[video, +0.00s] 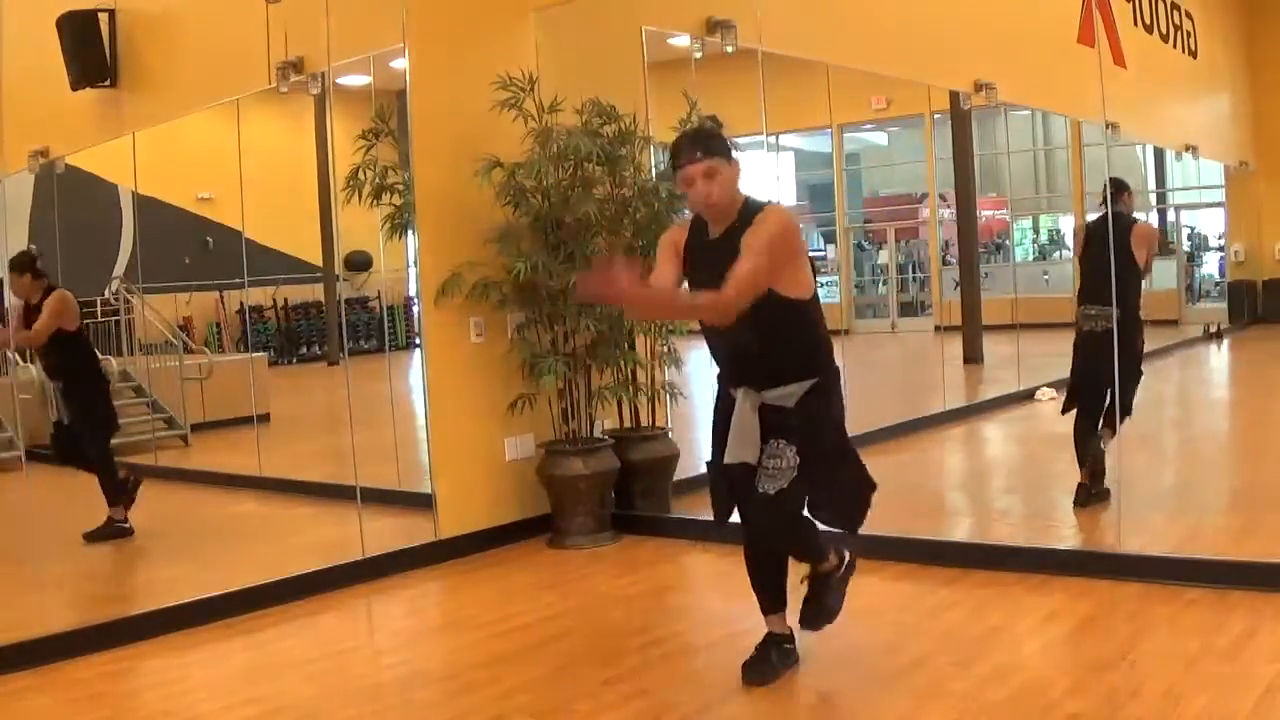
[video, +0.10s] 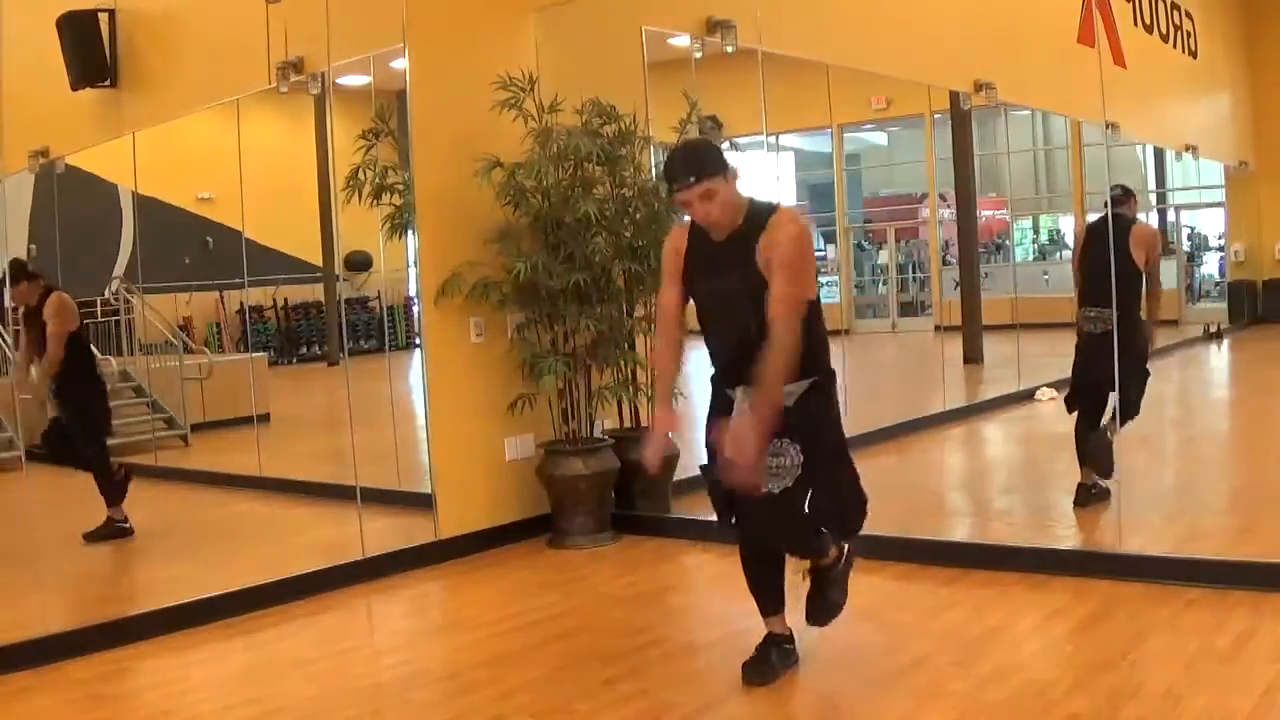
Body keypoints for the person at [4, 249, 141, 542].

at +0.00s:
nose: (11, 287)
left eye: (13, 280)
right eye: (10, 281)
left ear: (28, 276)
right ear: (27, 278)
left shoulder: (59, 298)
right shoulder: (31, 307)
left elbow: (37, 337)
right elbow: (17, 338)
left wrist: (9, 337)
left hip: (87, 387)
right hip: (65, 389)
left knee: (97, 449)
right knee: (64, 448)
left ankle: (118, 517)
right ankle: (122, 481)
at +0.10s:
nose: (12, 297)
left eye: (13, 290)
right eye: (10, 291)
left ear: (26, 283)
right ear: (24, 286)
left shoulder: (57, 302)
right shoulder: (32, 310)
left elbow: (55, 355)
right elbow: (25, 351)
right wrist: (19, 381)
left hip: (84, 389)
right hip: (67, 391)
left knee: (94, 449)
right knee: (57, 446)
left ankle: (118, 518)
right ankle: (113, 472)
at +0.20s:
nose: (4, 300)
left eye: (4, 293)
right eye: (2, 294)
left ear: (13, 287)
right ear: (13, 287)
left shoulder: (45, 309)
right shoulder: (28, 313)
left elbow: (81, 347)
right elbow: (51, 356)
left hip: (77, 395)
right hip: (62, 397)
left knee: (89, 452)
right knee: (41, 446)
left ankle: (118, 517)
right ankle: (88, 484)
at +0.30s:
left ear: (5, 292)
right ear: (9, 291)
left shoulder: (32, 308)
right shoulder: (23, 314)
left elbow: (78, 312)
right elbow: (59, 306)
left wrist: (119, 324)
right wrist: (85, 302)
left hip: (70, 395)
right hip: (55, 397)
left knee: (88, 453)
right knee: (31, 441)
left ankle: (117, 517)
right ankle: (49, 510)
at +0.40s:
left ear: (3, 294)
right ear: (5, 292)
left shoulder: (24, 305)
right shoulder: (23, 302)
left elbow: (63, 302)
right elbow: (40, 288)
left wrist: (106, 303)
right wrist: (67, 278)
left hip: (60, 398)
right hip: (50, 397)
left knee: (81, 454)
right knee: (27, 449)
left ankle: (115, 515)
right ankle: (13, 515)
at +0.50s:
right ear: (3, 294)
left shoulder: (11, 314)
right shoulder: (9, 315)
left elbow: (57, 312)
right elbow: (31, 306)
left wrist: (96, 313)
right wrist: (57, 297)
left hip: (43, 404)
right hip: (27, 404)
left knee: (70, 459)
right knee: (14, 463)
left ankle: (114, 515)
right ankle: (3, 523)